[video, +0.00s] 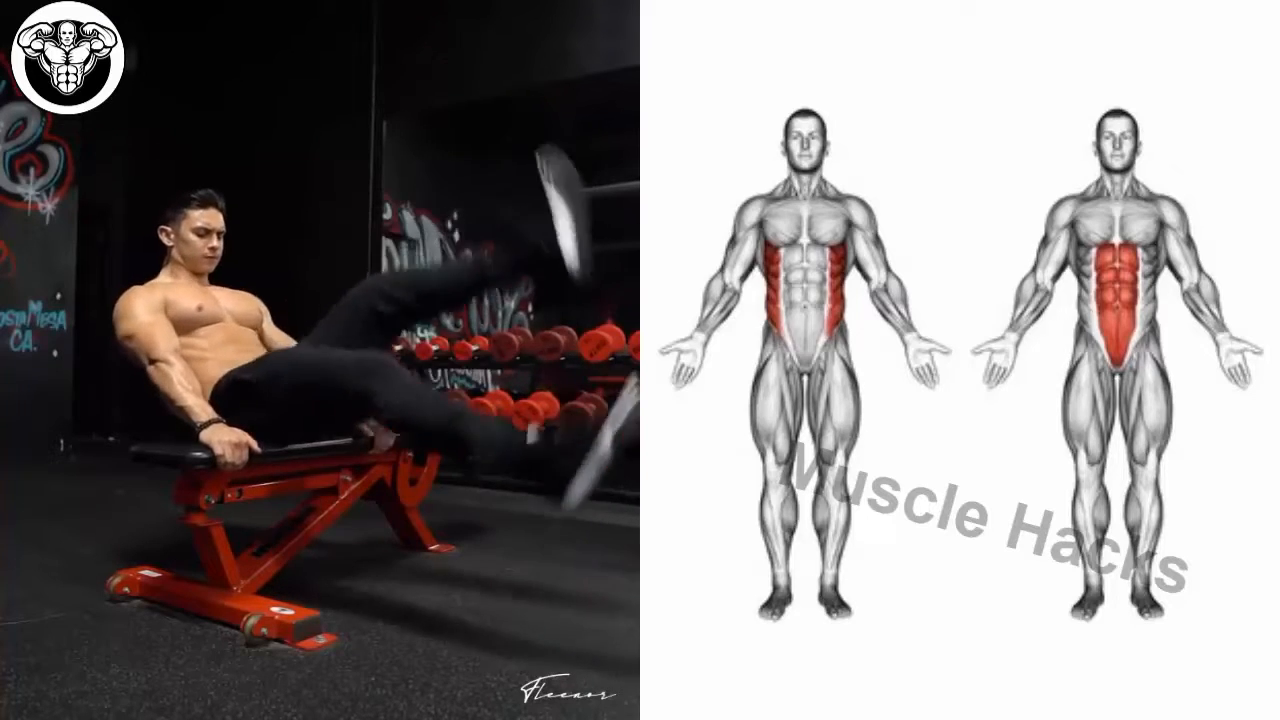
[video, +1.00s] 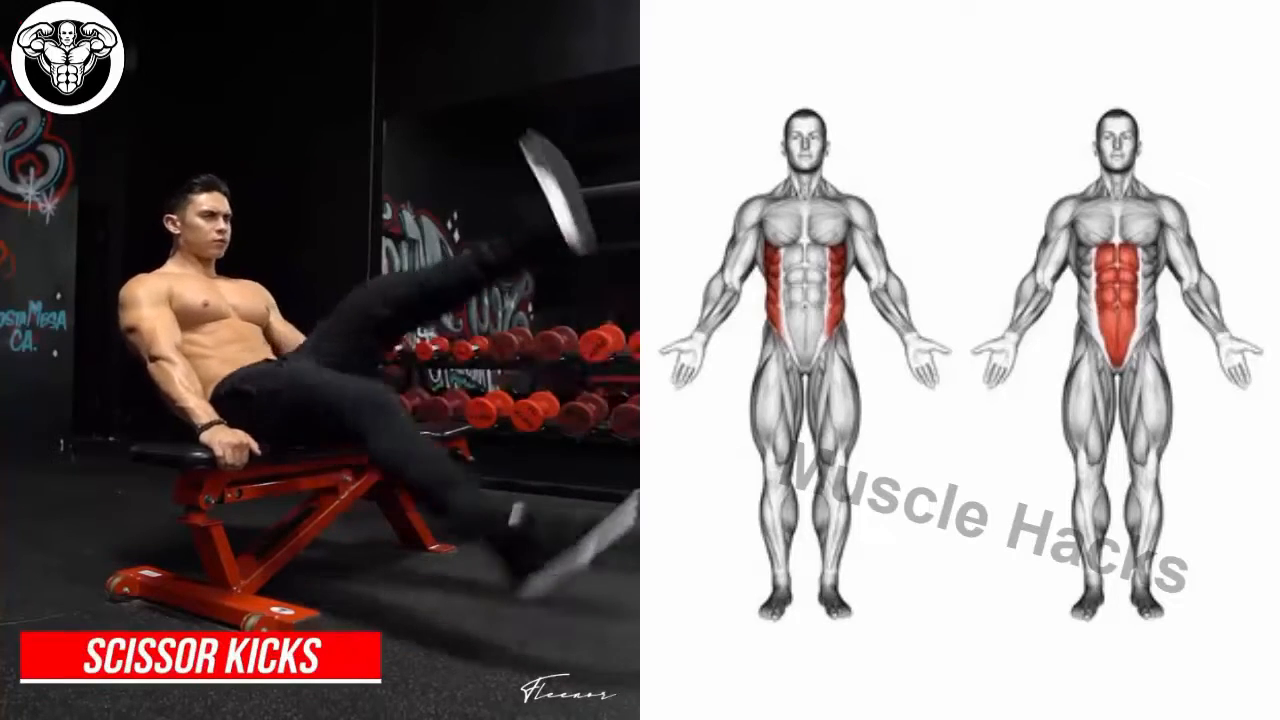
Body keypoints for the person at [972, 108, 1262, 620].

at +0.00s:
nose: (1116, 146)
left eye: (1124, 138)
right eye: (1109, 138)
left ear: (1137, 146)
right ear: (1097, 145)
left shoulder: (1164, 211)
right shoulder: (1070, 211)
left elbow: (1193, 282)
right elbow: (1041, 282)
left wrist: (1222, 336)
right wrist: (1012, 336)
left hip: (1144, 355)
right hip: (1089, 354)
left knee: (1146, 466)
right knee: (1088, 466)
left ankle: (1141, 581)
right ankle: (1092, 583)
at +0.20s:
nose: (1116, 146)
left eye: (1124, 138)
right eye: (1109, 138)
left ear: (1137, 146)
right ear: (1097, 145)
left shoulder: (1164, 211)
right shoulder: (1070, 211)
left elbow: (1193, 282)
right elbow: (1041, 282)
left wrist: (1222, 336)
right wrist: (1012, 336)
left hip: (1144, 355)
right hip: (1089, 354)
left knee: (1146, 466)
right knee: (1088, 466)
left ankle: (1141, 581)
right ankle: (1092, 583)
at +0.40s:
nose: (1116, 146)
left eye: (1124, 138)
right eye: (1109, 138)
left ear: (1137, 146)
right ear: (1097, 145)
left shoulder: (1164, 211)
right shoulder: (1070, 211)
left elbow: (1193, 282)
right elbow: (1041, 282)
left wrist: (1222, 336)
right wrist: (1012, 336)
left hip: (1144, 355)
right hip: (1089, 354)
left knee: (1146, 466)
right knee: (1088, 466)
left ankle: (1141, 581)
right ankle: (1092, 583)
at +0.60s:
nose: (1116, 146)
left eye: (1124, 138)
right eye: (1109, 138)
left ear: (1137, 146)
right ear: (1097, 145)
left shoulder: (1164, 211)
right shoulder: (1070, 211)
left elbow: (1193, 282)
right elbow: (1041, 282)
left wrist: (1222, 336)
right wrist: (1012, 336)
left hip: (1144, 355)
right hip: (1089, 354)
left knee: (1146, 466)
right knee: (1088, 466)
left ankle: (1141, 581)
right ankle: (1092, 583)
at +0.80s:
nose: (1116, 145)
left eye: (1124, 138)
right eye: (1109, 137)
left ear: (1137, 146)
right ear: (1097, 145)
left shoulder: (1164, 211)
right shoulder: (1070, 211)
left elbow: (1193, 282)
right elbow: (1041, 282)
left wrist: (1221, 335)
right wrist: (1012, 336)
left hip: (1144, 355)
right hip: (1089, 354)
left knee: (1145, 466)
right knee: (1088, 467)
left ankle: (1141, 582)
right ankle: (1092, 583)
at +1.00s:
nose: (1116, 145)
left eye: (1124, 138)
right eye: (1109, 137)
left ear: (1137, 146)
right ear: (1097, 145)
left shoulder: (1164, 211)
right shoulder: (1070, 211)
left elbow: (1193, 282)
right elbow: (1041, 282)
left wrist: (1221, 335)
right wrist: (1012, 336)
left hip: (1144, 355)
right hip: (1089, 354)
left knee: (1145, 466)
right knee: (1088, 466)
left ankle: (1141, 582)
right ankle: (1092, 583)